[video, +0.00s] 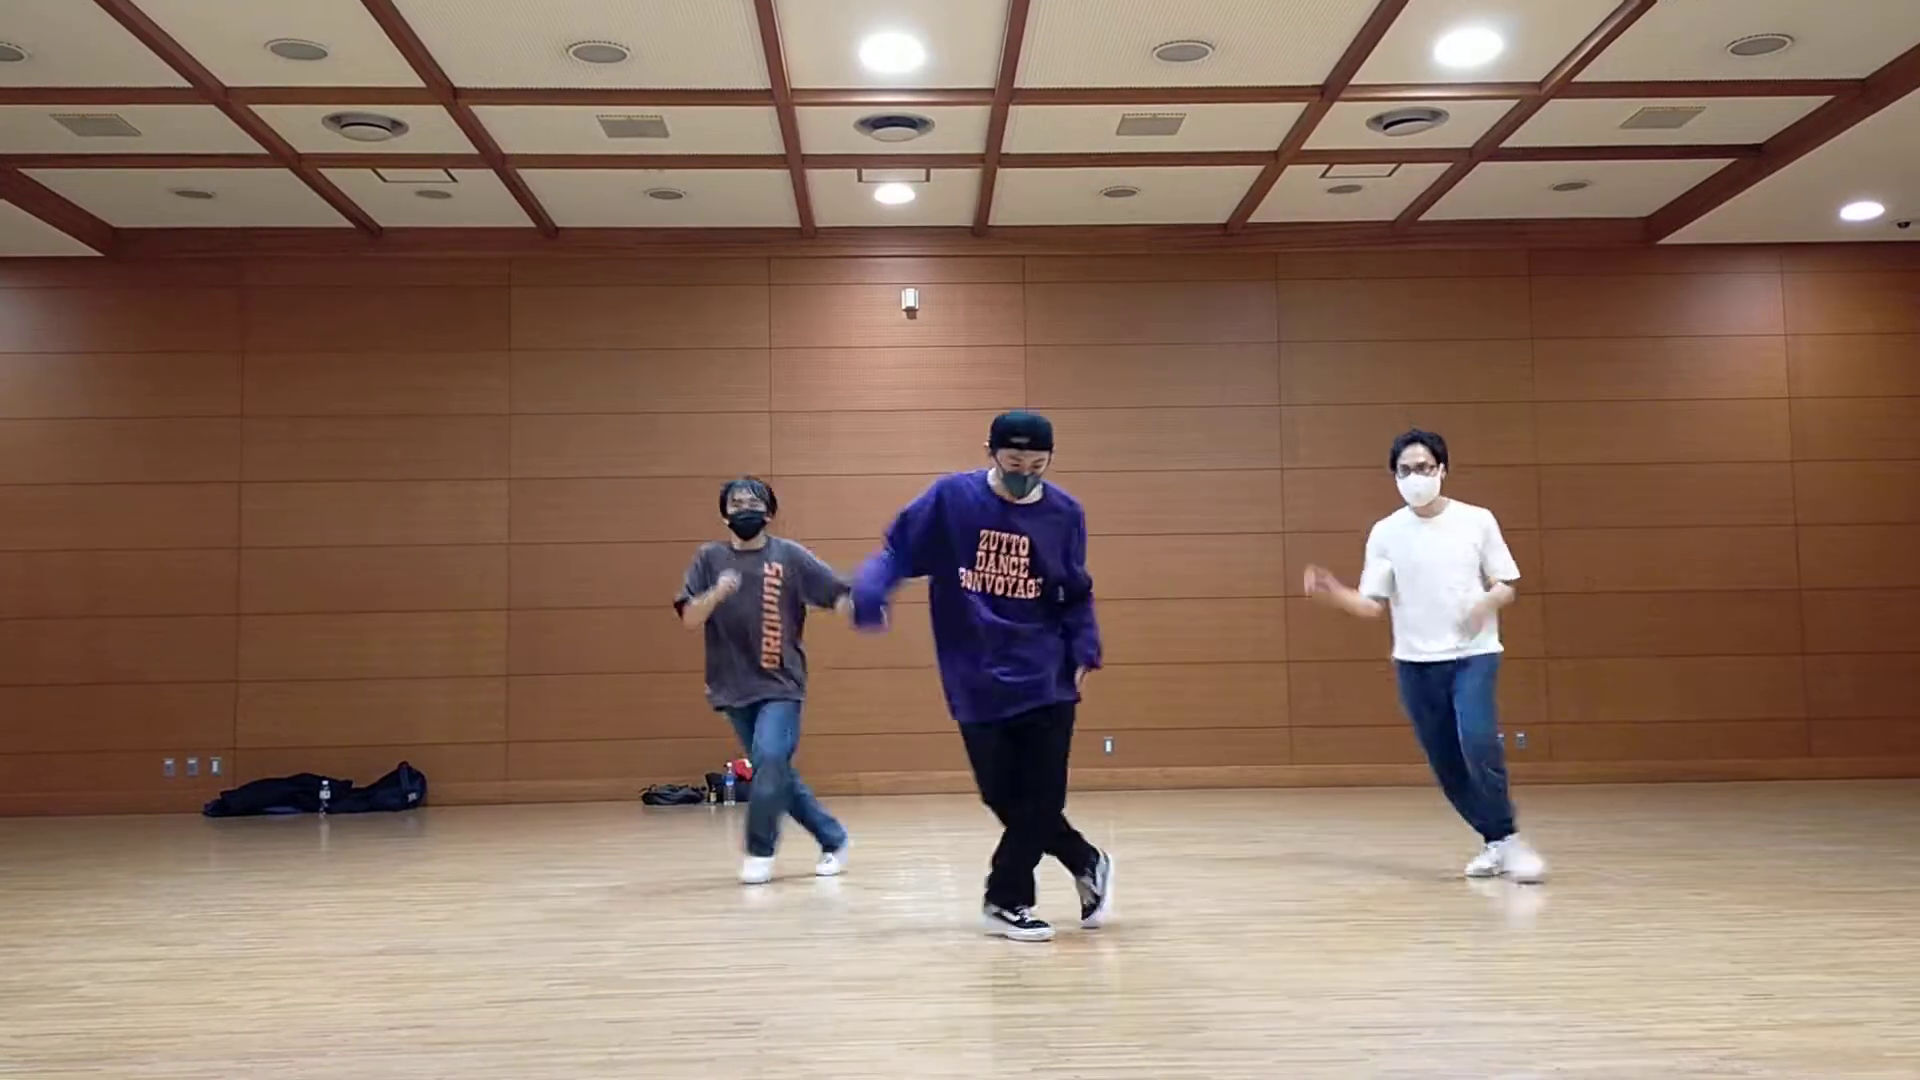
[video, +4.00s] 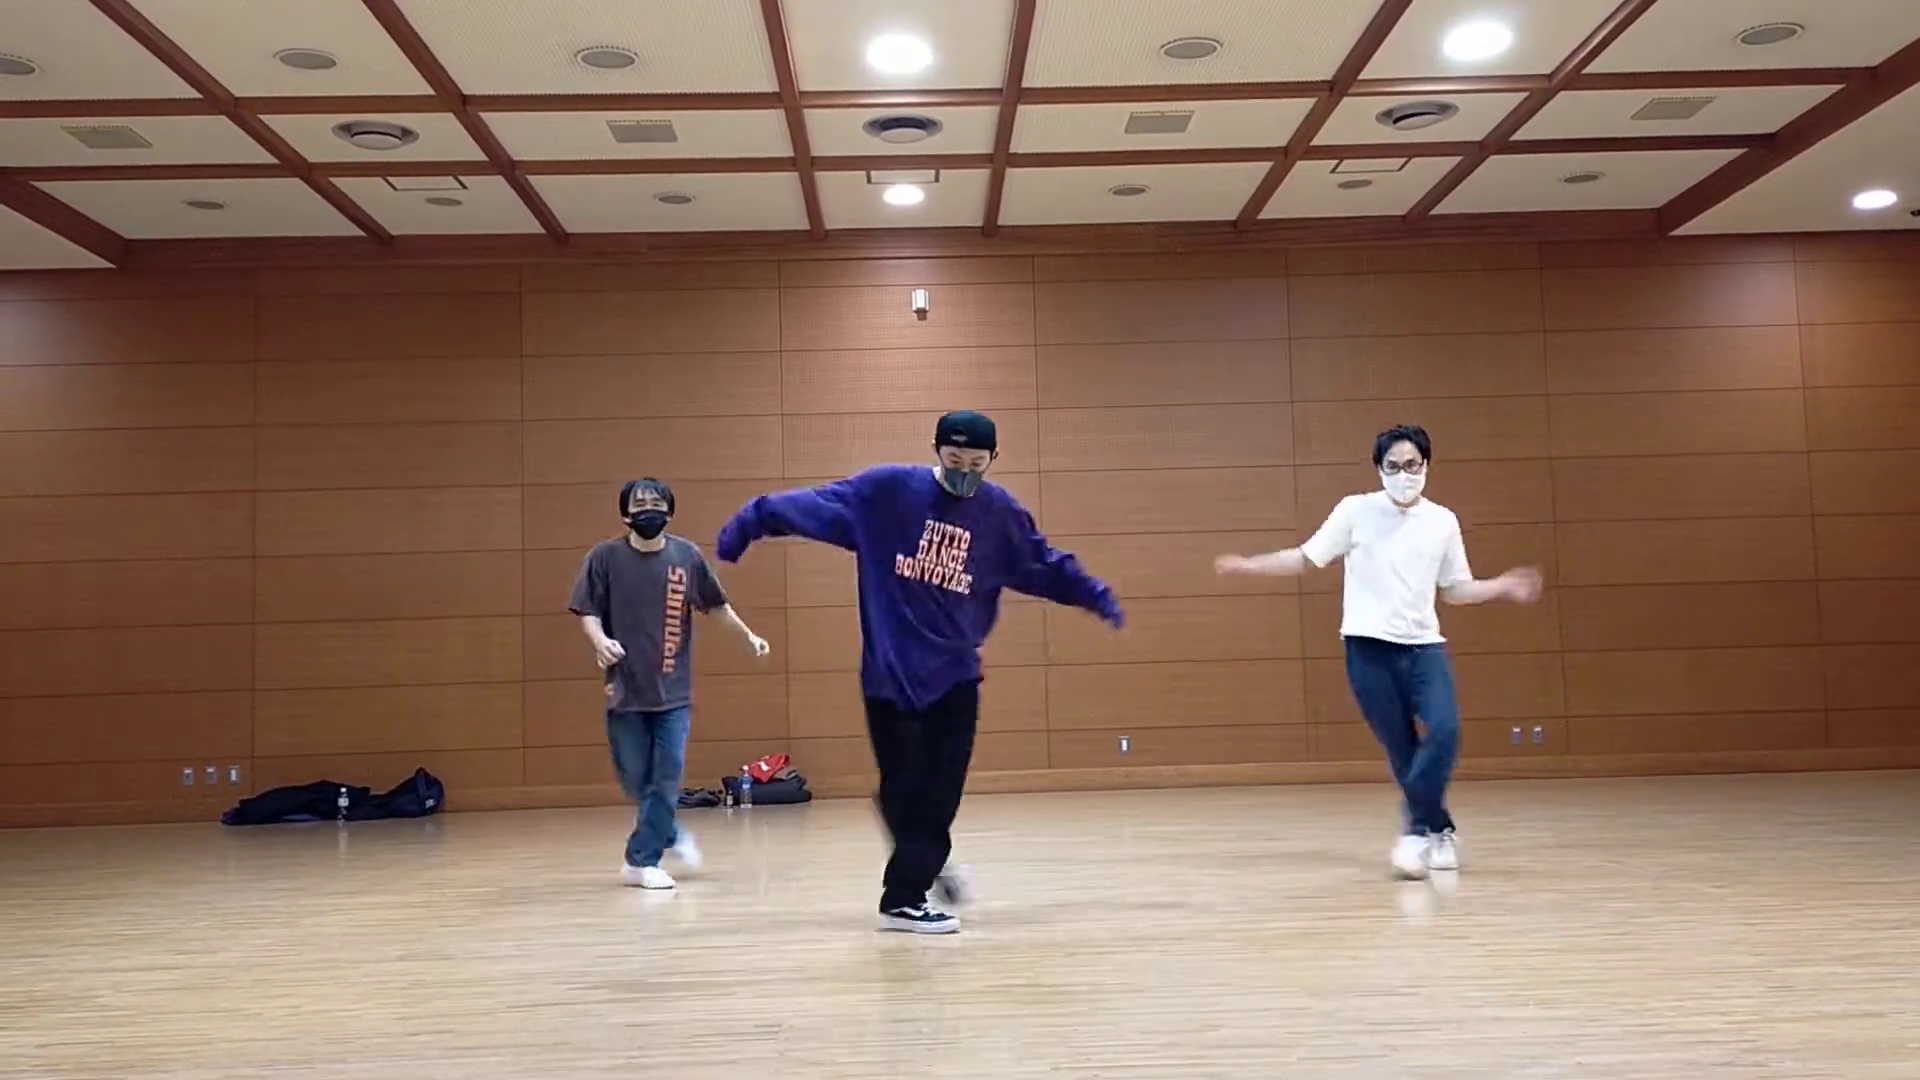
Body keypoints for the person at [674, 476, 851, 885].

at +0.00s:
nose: (745, 509)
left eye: (753, 502)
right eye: (736, 503)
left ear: (768, 511)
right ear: (725, 514)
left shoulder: (790, 556)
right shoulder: (711, 558)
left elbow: (837, 596)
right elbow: (689, 618)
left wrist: (864, 596)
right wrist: (716, 593)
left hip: (780, 684)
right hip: (732, 688)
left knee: (770, 762)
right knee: (772, 774)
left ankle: (759, 851)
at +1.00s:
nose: (641, 508)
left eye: (650, 502)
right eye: (634, 502)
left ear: (665, 511)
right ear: (623, 510)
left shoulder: (686, 559)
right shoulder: (601, 554)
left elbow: (703, 611)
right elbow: (576, 603)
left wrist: (675, 603)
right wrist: (584, 628)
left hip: (657, 687)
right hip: (609, 684)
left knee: (631, 776)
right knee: (620, 764)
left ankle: (578, 846)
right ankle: (635, 855)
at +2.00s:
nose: (705, 517)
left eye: (712, 509)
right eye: (698, 509)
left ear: (727, 513)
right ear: (683, 516)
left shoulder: (742, 560)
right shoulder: (661, 559)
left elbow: (781, 607)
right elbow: (640, 612)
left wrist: (819, 642)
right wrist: (677, 633)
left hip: (727, 689)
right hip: (681, 691)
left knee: (728, 772)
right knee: (699, 777)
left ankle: (704, 855)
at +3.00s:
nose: (600, 508)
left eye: (609, 501)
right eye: (593, 501)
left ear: (625, 511)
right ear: (582, 510)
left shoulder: (647, 556)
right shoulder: (563, 553)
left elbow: (657, 612)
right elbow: (544, 606)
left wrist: (621, 620)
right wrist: (527, 647)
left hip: (627, 688)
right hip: (578, 686)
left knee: (607, 775)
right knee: (582, 771)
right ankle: (612, 855)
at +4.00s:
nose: (649, 515)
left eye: (656, 508)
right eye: (641, 509)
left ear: (668, 512)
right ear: (627, 515)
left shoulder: (687, 555)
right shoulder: (604, 557)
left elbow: (715, 604)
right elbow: (586, 611)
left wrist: (748, 635)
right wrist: (600, 640)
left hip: (672, 691)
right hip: (625, 690)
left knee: (668, 776)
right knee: (633, 778)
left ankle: (641, 860)